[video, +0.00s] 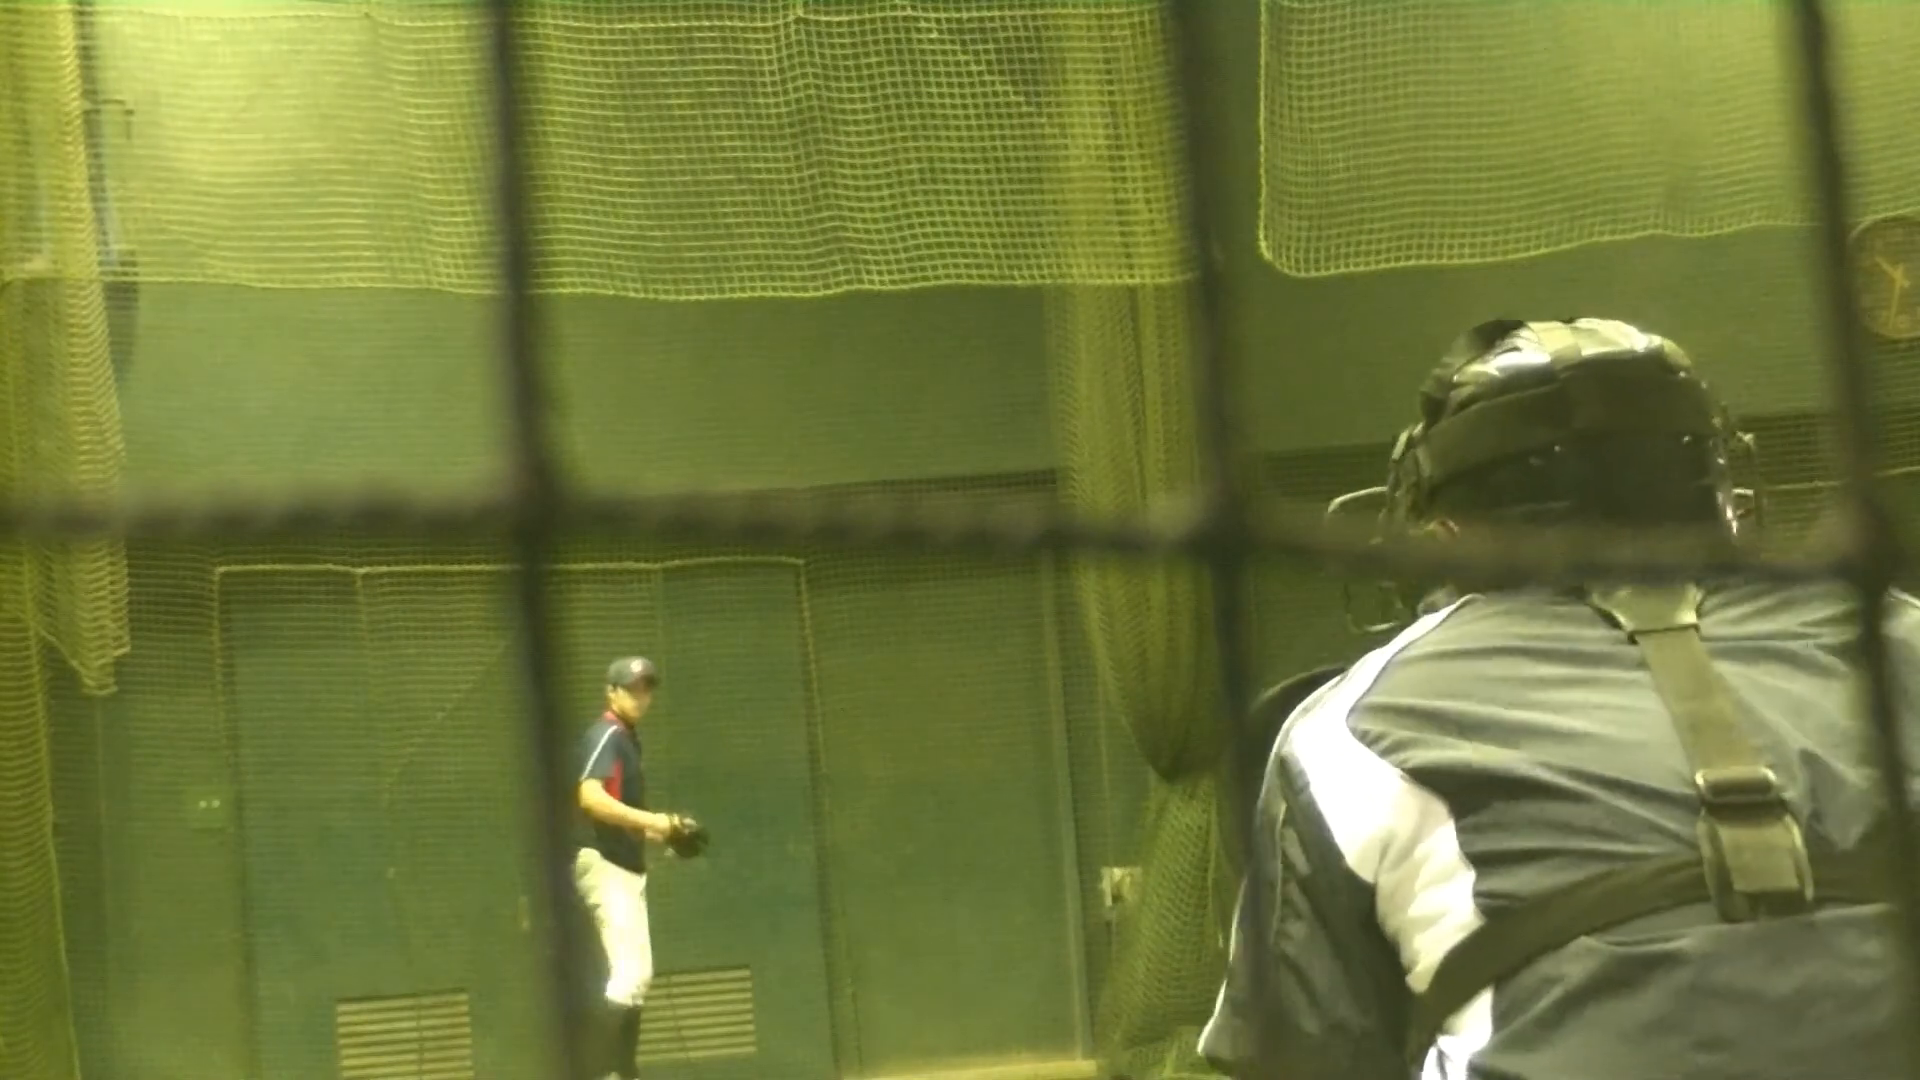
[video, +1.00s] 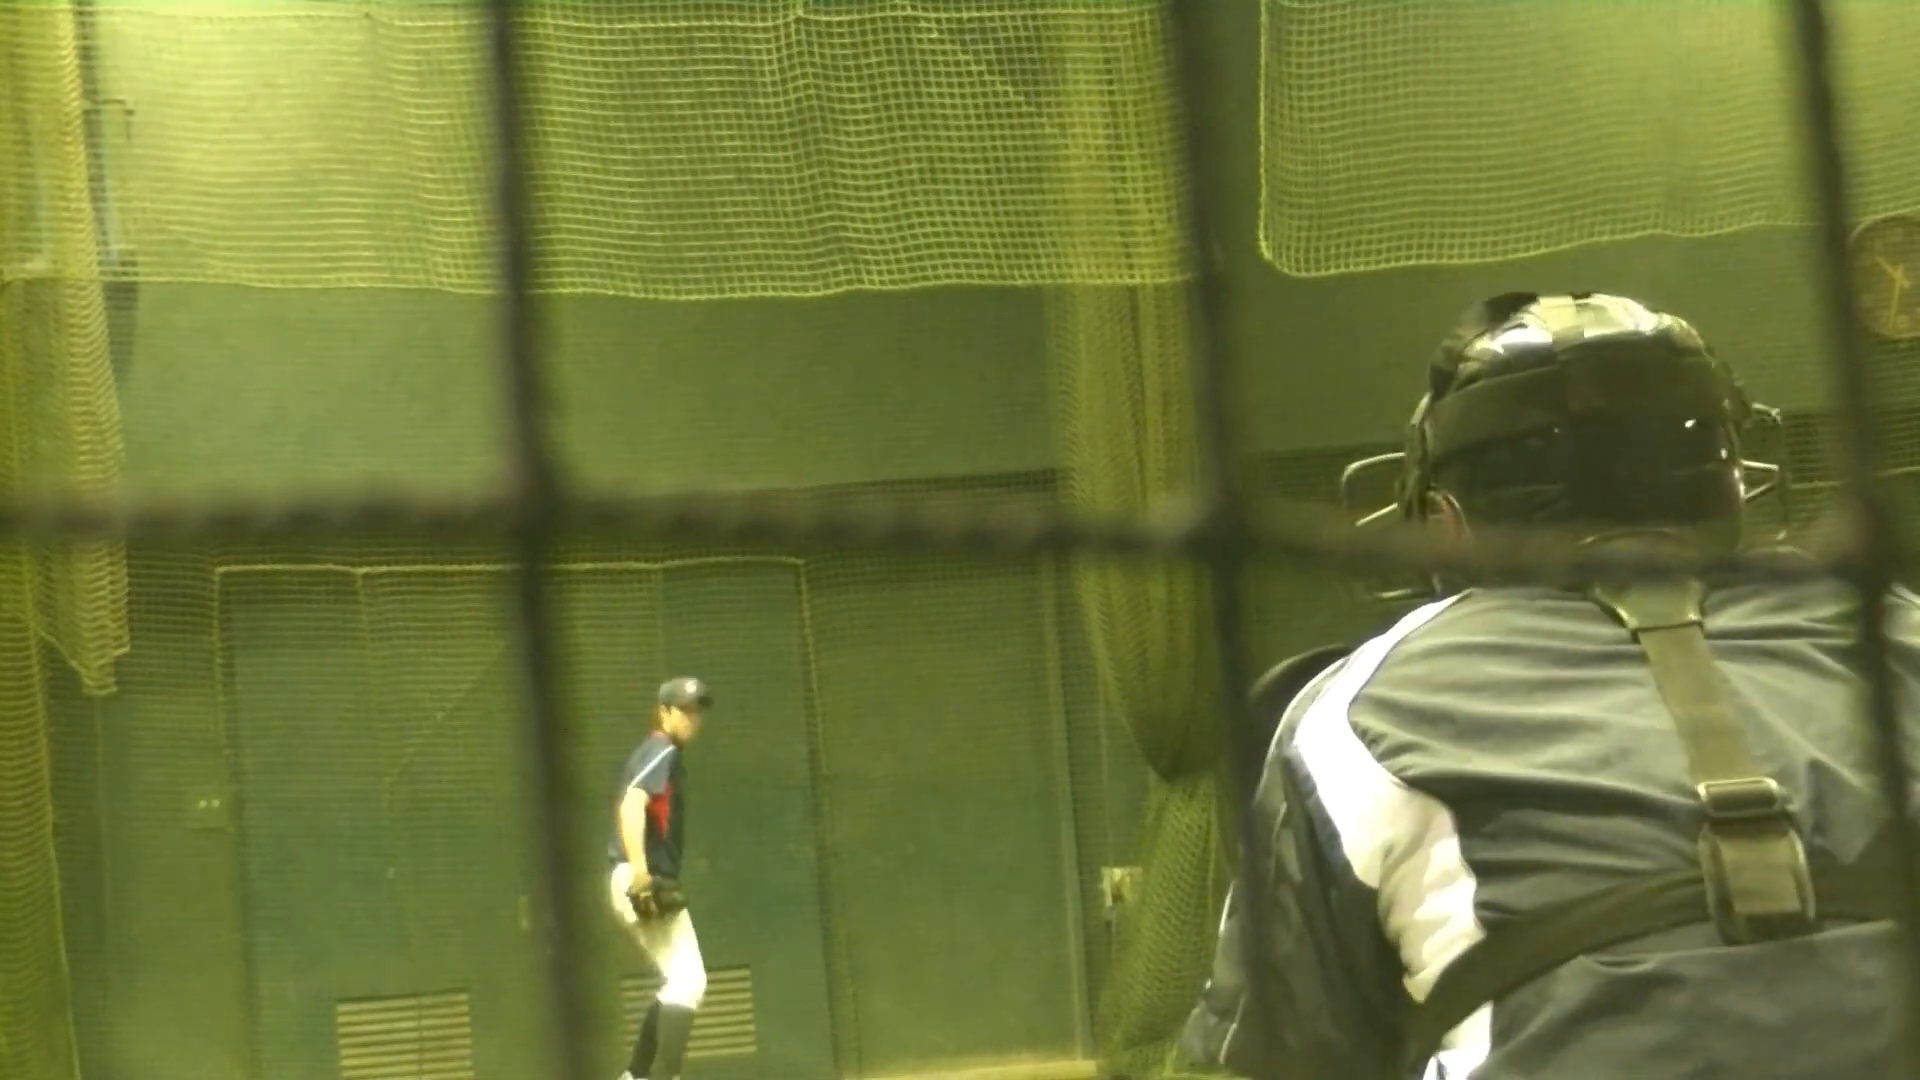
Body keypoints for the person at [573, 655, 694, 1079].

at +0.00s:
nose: (643, 698)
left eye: (648, 690)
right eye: (635, 690)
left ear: (651, 695)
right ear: (613, 692)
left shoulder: (626, 737)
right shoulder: (607, 734)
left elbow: (616, 809)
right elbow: (591, 797)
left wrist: (662, 831)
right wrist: (656, 822)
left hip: (623, 868)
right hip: (605, 866)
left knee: (633, 973)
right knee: (631, 972)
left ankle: (621, 1069)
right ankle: (604, 1070)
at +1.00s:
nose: (697, 721)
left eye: (699, 712)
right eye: (690, 712)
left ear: (677, 714)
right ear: (666, 712)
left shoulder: (659, 748)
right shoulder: (662, 747)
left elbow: (634, 808)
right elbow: (631, 803)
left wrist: (654, 871)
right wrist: (639, 870)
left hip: (642, 876)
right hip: (645, 877)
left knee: (680, 980)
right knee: (688, 979)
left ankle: (639, 1071)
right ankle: (666, 1072)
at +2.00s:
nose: (681, 742)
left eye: (684, 734)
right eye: (673, 735)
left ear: (683, 734)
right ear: (650, 737)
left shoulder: (637, 772)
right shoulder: (659, 776)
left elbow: (692, 806)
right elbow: (733, 807)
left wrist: (725, 774)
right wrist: (754, 766)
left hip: (605, 899)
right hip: (622, 901)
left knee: (669, 985)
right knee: (695, 985)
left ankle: (634, 1073)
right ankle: (665, 1073)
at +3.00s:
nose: (690, 743)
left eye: (692, 735)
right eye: (681, 736)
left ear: (694, 737)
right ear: (658, 739)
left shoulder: (643, 775)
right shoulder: (662, 780)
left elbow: (686, 815)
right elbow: (724, 826)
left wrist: (716, 787)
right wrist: (747, 784)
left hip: (607, 897)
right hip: (621, 901)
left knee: (671, 978)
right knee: (693, 985)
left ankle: (637, 1069)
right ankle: (665, 1073)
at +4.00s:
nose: (684, 752)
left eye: (686, 744)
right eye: (676, 744)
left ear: (688, 744)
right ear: (652, 745)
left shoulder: (638, 780)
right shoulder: (656, 788)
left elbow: (695, 804)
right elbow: (720, 837)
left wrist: (723, 772)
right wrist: (748, 786)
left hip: (605, 905)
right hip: (619, 909)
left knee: (669, 987)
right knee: (695, 990)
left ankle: (637, 1072)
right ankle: (665, 1073)